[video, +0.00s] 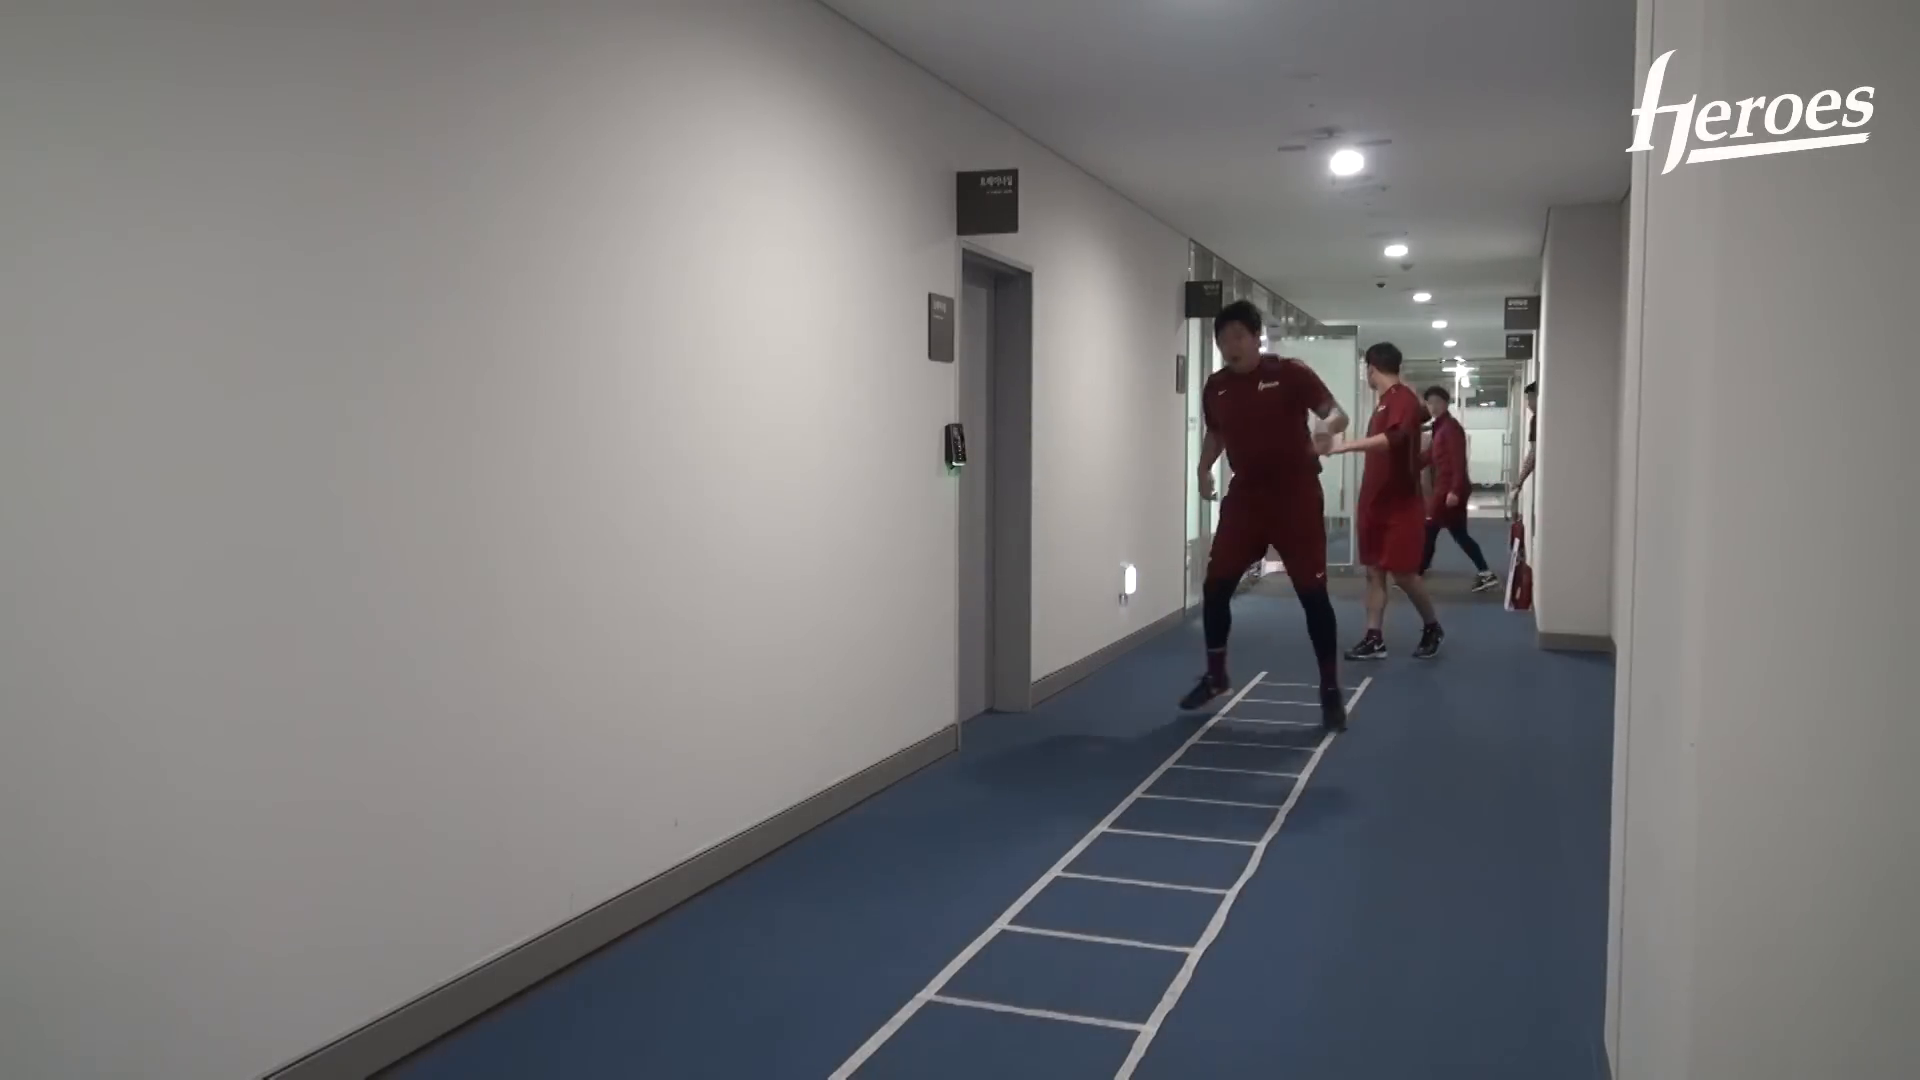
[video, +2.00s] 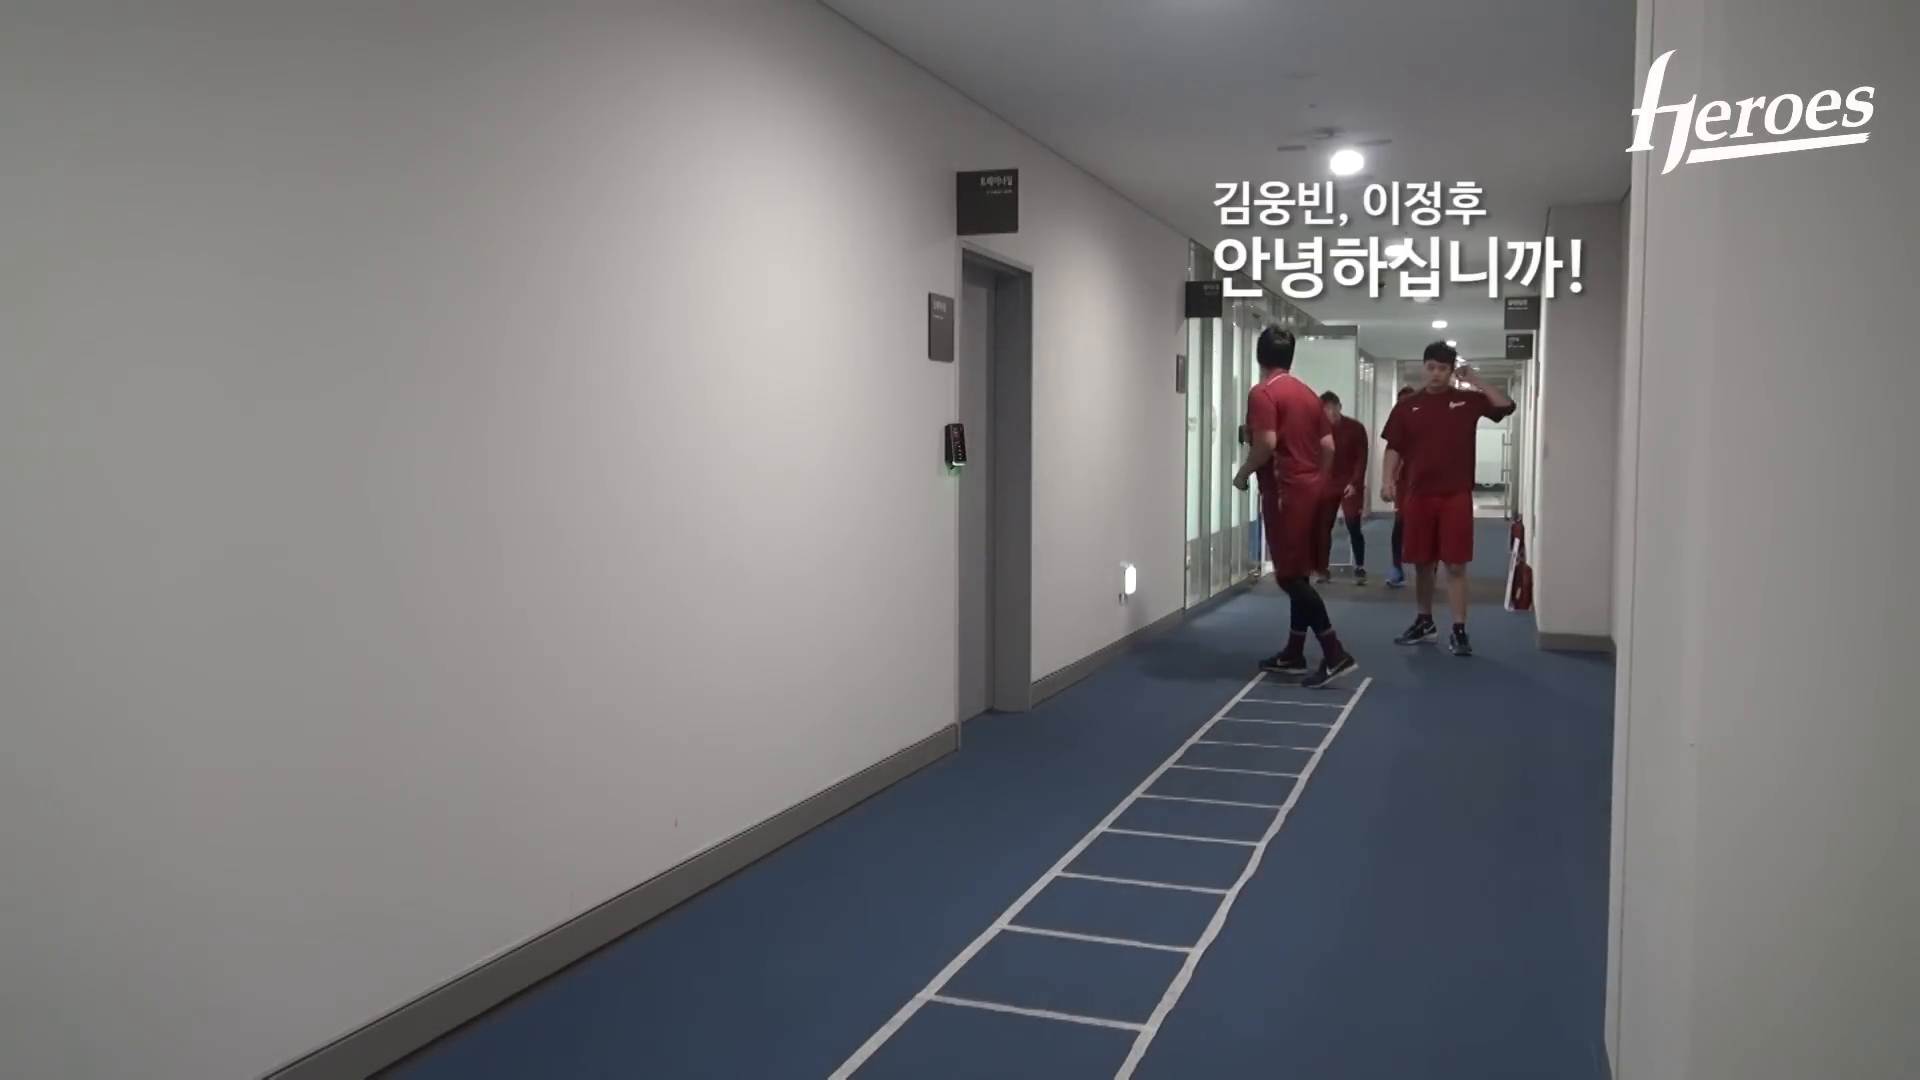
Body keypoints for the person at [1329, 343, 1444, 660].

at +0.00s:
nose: (1367, 376)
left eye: (1367, 370)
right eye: (1367, 371)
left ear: (1373, 368)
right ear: (1394, 367)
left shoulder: (1402, 397)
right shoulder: (1388, 400)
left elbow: (1397, 435)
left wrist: (1344, 446)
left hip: (1400, 502)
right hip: (1377, 501)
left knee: (1402, 572)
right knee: (1375, 570)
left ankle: (1432, 627)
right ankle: (1373, 636)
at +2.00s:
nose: (1436, 374)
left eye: (1442, 369)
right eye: (1431, 367)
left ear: (1452, 372)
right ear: (1423, 368)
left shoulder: (1468, 401)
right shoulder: (1407, 406)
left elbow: (1505, 407)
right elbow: (1393, 447)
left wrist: (1476, 380)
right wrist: (1387, 480)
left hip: (1456, 495)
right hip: (1419, 495)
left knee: (1456, 564)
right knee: (1423, 564)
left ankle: (1459, 629)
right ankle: (1424, 620)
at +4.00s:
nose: (1381, 375)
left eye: (1387, 369)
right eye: (1376, 369)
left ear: (1400, 369)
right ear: (1370, 370)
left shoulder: (1421, 403)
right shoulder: (1362, 407)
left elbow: (1441, 449)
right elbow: (1351, 452)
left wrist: (1446, 491)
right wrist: (1336, 489)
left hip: (1404, 501)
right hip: (1368, 500)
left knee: (1400, 571)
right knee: (1377, 571)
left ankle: (1403, 642)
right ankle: (1380, 634)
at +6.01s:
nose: (1312, 381)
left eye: (1315, 374)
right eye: (1311, 375)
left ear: (1331, 370)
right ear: (1327, 372)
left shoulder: (1367, 406)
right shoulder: (1321, 409)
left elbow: (1382, 453)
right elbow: (1316, 453)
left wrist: (1389, 496)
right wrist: (1304, 488)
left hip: (1355, 501)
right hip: (1327, 502)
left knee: (1328, 568)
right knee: (1347, 569)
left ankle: (1318, 636)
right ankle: (1365, 634)